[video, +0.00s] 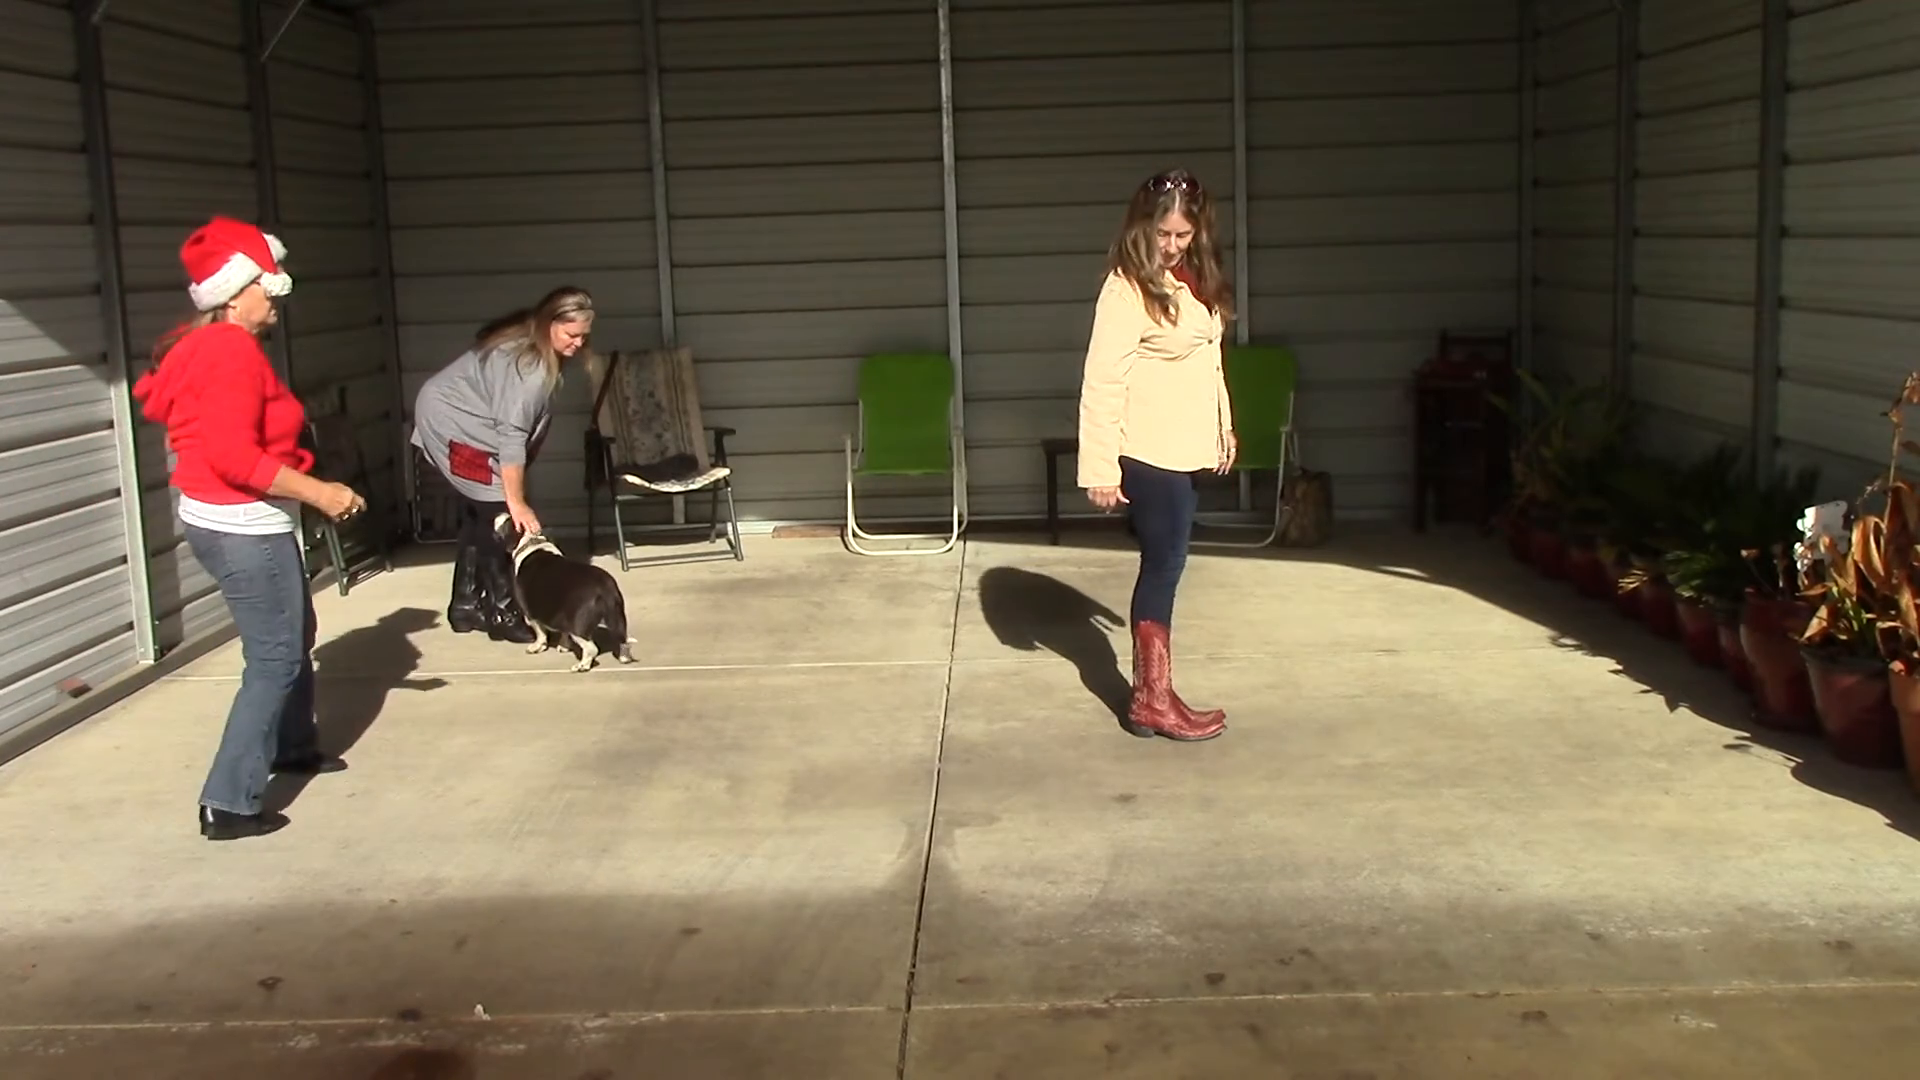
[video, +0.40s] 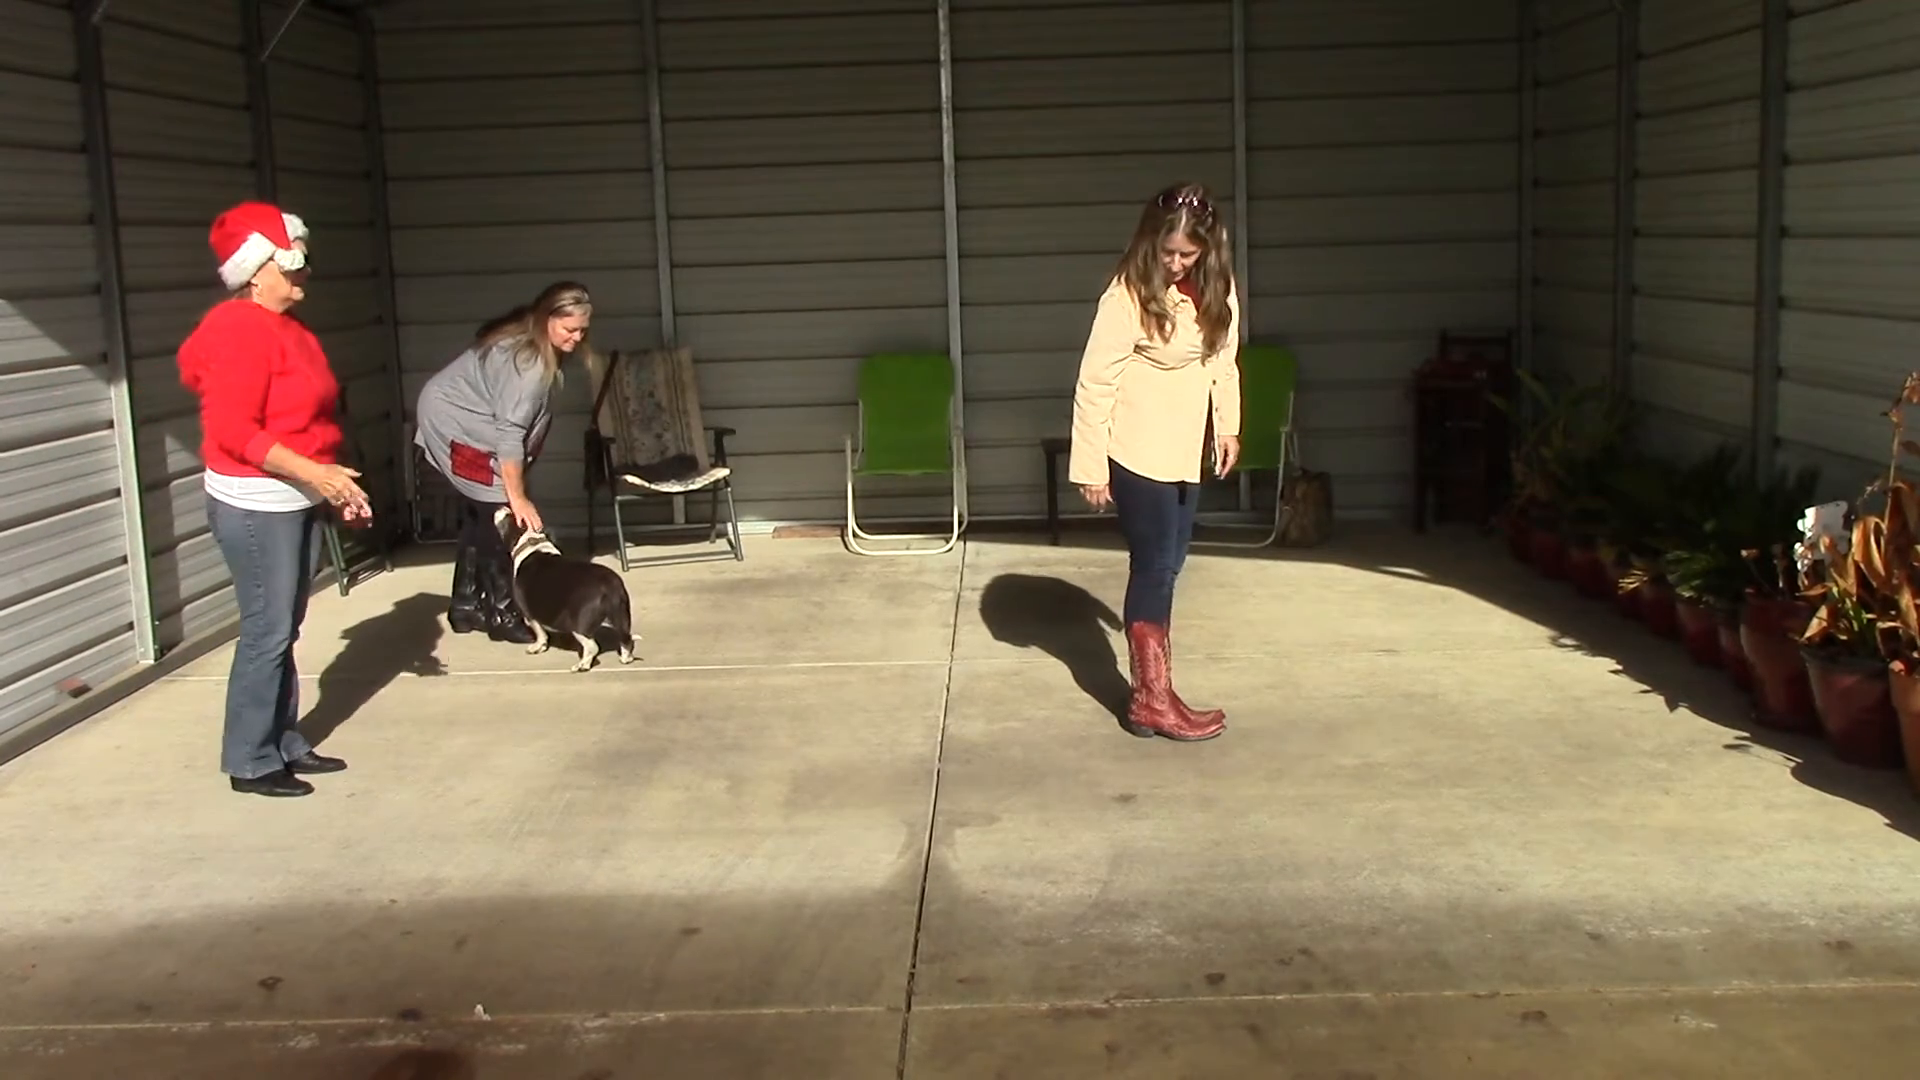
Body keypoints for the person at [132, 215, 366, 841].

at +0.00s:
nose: (274, 303)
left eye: (273, 291)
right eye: (267, 292)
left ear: (230, 297)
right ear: (236, 297)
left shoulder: (216, 346)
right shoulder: (226, 351)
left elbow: (219, 448)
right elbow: (229, 451)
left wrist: (301, 486)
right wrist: (313, 491)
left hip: (241, 516)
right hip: (240, 522)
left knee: (296, 630)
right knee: (277, 653)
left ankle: (293, 748)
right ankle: (228, 804)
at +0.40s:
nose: (302, 281)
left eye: (302, 270)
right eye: (292, 271)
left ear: (269, 271)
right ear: (256, 273)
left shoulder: (286, 329)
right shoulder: (236, 330)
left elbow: (301, 424)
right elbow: (231, 432)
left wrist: (336, 482)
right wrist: (313, 475)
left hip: (292, 499)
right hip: (253, 502)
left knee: (283, 631)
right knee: (265, 633)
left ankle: (280, 743)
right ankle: (249, 761)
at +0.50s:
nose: (302, 272)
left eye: (303, 261)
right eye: (289, 263)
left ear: (297, 261)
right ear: (252, 267)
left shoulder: (299, 329)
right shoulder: (231, 326)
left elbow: (313, 419)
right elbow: (230, 421)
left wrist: (331, 488)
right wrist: (313, 408)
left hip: (299, 497)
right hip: (253, 500)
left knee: (284, 631)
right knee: (260, 633)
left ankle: (281, 744)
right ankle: (249, 761)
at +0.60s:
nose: (297, 273)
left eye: (298, 263)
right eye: (284, 264)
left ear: (297, 263)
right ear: (247, 270)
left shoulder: (301, 326)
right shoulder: (224, 321)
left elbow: (316, 413)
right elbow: (250, 399)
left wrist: (340, 484)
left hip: (305, 496)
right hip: (255, 499)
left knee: (287, 628)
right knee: (260, 631)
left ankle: (282, 743)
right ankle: (249, 761)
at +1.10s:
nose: (296, 273)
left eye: (297, 262)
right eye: (284, 262)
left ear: (290, 267)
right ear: (242, 264)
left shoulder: (289, 333)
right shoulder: (209, 319)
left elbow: (315, 419)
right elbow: (254, 305)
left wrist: (335, 492)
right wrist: (257, 244)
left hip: (304, 495)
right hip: (252, 497)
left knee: (285, 631)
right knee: (262, 631)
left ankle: (282, 743)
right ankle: (250, 763)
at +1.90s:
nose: (280, 265)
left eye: (277, 256)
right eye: (270, 256)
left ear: (247, 268)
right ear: (240, 269)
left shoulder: (265, 322)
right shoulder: (206, 316)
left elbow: (291, 416)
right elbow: (223, 361)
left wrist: (317, 494)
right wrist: (270, 284)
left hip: (292, 494)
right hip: (245, 498)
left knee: (281, 628)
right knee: (259, 629)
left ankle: (282, 742)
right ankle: (250, 762)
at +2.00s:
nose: (287, 273)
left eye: (286, 263)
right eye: (278, 263)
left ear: (249, 268)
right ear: (243, 266)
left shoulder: (266, 326)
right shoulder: (212, 317)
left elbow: (291, 422)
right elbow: (207, 389)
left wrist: (314, 500)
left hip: (290, 492)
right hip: (246, 496)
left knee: (281, 628)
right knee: (260, 629)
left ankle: (281, 743)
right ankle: (250, 762)